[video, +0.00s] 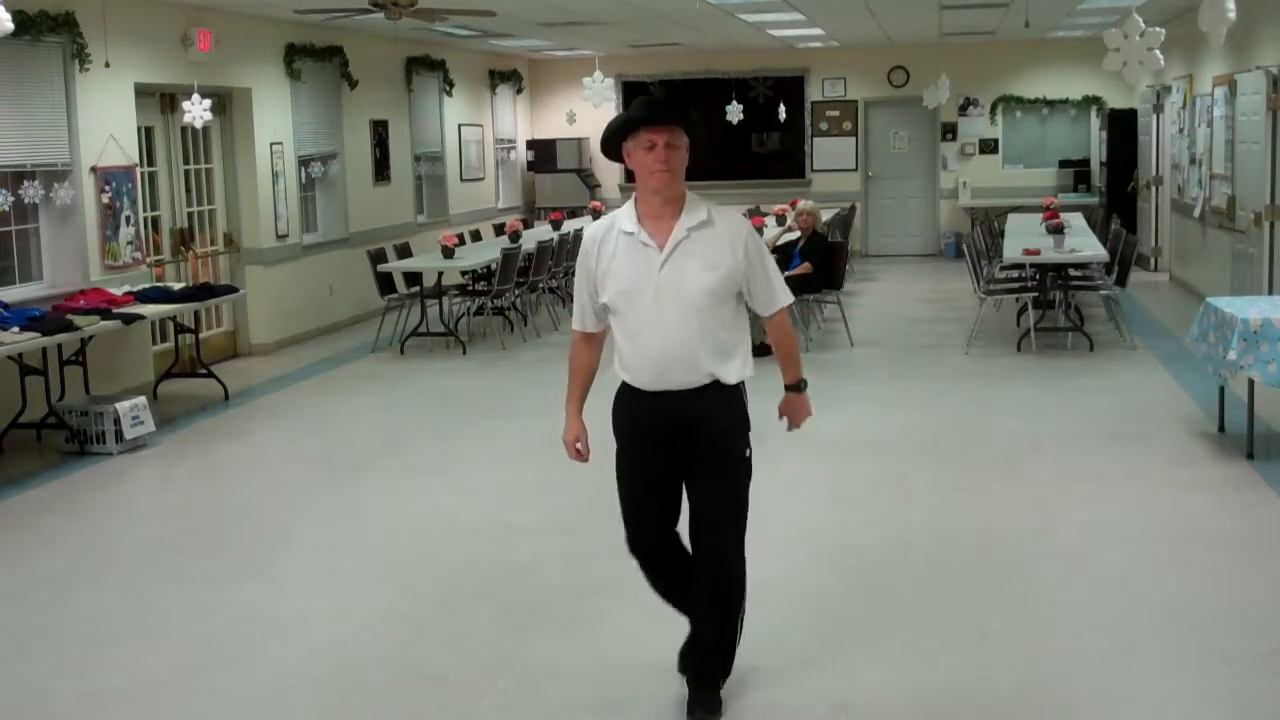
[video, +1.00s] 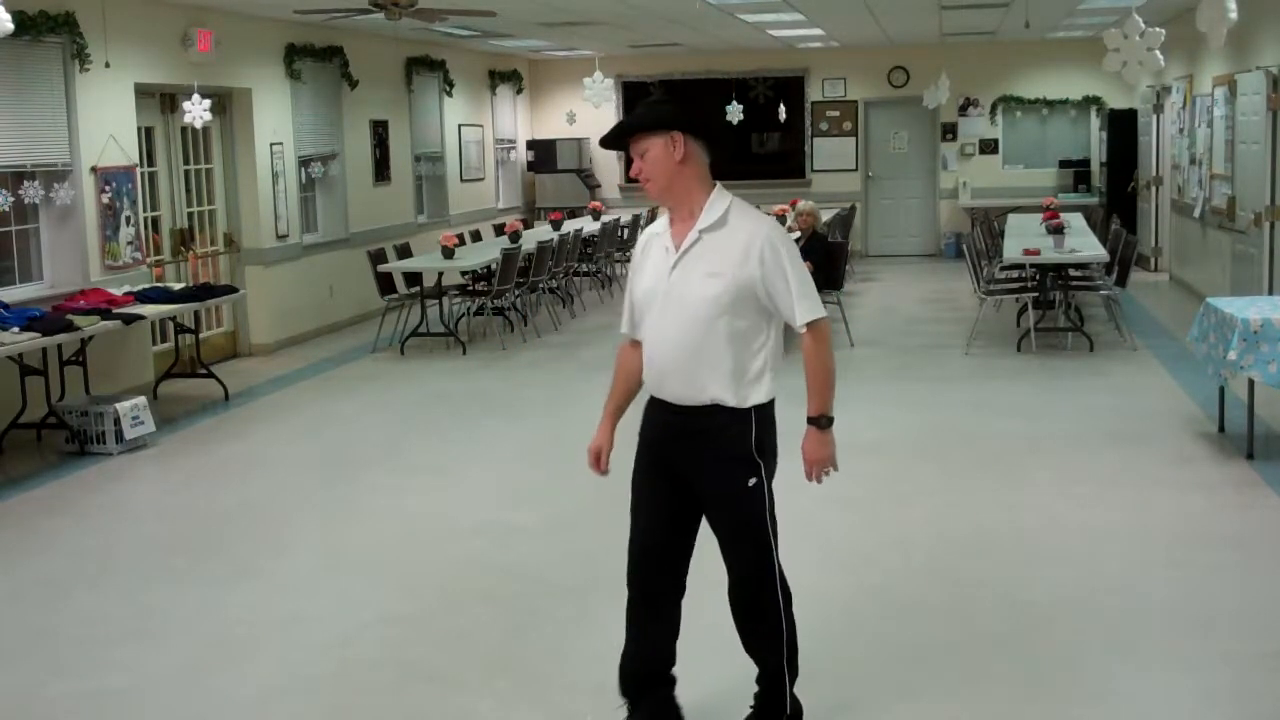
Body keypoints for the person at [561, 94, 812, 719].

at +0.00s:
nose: (660, 155)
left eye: (670, 145)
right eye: (647, 147)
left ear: (687, 157)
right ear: (626, 161)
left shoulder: (731, 229)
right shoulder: (600, 239)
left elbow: (774, 311)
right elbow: (587, 333)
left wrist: (795, 385)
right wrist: (573, 410)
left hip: (716, 407)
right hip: (639, 411)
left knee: (717, 552)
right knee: (648, 540)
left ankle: (705, 686)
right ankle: (707, 612)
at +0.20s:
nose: (659, 168)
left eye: (668, 157)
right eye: (644, 161)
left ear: (688, 168)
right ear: (626, 179)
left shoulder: (737, 245)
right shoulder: (605, 259)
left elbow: (764, 328)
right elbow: (584, 360)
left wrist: (770, 400)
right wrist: (569, 450)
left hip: (723, 431)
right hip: (640, 434)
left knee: (720, 574)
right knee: (638, 574)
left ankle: (708, 687)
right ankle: (649, 702)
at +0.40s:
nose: (647, 160)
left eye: (657, 148)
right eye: (632, 153)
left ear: (677, 159)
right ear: (615, 173)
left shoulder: (728, 240)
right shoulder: (595, 255)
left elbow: (749, 328)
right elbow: (575, 361)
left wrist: (758, 403)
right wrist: (574, 451)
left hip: (719, 430)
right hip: (636, 435)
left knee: (722, 573)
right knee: (639, 581)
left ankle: (706, 680)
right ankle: (648, 709)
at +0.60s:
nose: (635, 151)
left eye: (645, 139)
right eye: (621, 145)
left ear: (670, 149)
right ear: (608, 165)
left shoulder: (727, 232)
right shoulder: (589, 249)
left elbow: (758, 322)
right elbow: (565, 354)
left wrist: (780, 400)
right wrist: (572, 432)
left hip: (718, 426)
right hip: (633, 431)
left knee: (740, 557)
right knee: (639, 582)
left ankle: (710, 657)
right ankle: (645, 711)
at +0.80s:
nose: (634, 173)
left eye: (645, 159)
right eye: (624, 165)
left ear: (680, 159)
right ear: (620, 177)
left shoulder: (747, 246)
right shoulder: (610, 261)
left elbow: (790, 335)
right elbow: (591, 364)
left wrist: (806, 421)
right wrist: (579, 447)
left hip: (719, 439)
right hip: (636, 440)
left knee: (722, 582)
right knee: (631, 596)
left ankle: (770, 705)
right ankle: (645, 719)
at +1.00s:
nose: (632, 171)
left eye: (640, 156)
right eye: (630, 159)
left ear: (677, 149)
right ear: (667, 155)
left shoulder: (757, 233)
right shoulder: (650, 241)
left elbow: (815, 326)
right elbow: (634, 342)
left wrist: (819, 424)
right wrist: (607, 421)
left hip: (736, 428)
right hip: (663, 428)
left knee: (754, 577)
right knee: (650, 578)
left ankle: (778, 701)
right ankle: (649, 706)